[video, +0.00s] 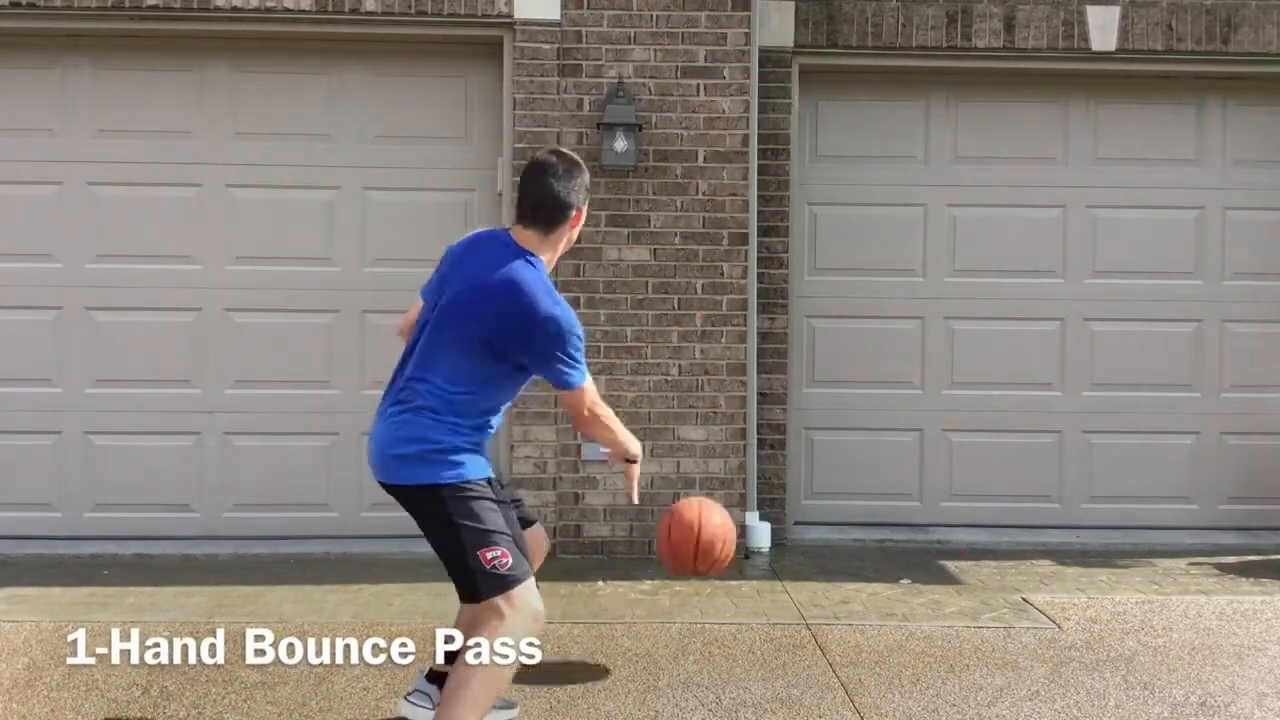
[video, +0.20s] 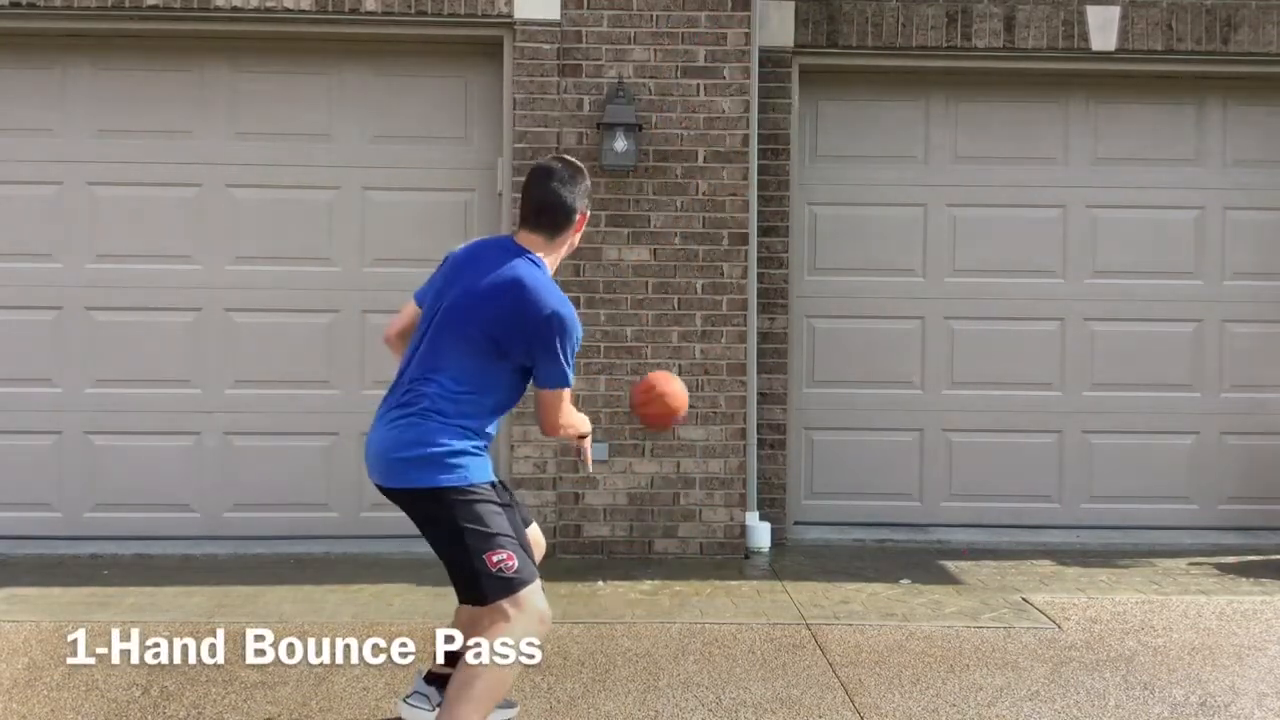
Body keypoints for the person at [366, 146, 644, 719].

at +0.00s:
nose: (584, 223)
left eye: (584, 213)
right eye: (586, 213)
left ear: (520, 201)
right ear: (577, 219)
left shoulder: (475, 246)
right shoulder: (546, 312)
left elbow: (411, 326)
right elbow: (586, 411)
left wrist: (458, 385)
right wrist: (630, 449)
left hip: (405, 441)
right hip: (436, 456)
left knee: (530, 543)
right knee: (516, 618)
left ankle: (445, 681)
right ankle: (455, 711)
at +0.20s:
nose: (587, 229)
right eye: (588, 219)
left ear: (522, 207)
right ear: (580, 224)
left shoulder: (471, 254)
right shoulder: (551, 309)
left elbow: (398, 332)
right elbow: (555, 420)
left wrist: (447, 385)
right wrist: (583, 425)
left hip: (398, 444)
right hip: (439, 457)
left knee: (529, 542)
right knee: (523, 618)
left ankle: (441, 683)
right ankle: (456, 710)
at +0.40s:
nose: (573, 204)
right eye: (574, 195)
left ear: (508, 190)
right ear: (567, 202)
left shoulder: (463, 245)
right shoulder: (542, 281)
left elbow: (399, 332)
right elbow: (569, 409)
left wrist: (450, 386)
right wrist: (622, 403)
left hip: (405, 441)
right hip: (444, 452)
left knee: (527, 545)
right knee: (528, 613)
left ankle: (441, 684)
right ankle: (457, 712)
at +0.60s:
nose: (558, 162)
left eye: (554, 151)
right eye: (556, 152)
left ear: (490, 159)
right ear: (545, 162)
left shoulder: (460, 219)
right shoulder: (535, 231)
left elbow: (410, 317)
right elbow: (649, 278)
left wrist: (481, 400)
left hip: (422, 428)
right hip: (452, 437)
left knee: (486, 580)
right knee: (516, 608)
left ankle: (434, 690)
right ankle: (455, 712)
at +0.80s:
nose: (553, 120)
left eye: (547, 110)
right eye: (551, 110)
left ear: (485, 122)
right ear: (539, 119)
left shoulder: (467, 182)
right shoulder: (534, 176)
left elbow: (421, 279)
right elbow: (669, 161)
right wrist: (738, 79)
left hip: (424, 398)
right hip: (453, 404)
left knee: (493, 574)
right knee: (491, 585)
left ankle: (441, 687)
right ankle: (448, 712)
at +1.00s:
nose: (578, 170)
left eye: (576, 159)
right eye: (578, 159)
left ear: (511, 160)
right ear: (567, 165)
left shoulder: (486, 212)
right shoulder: (515, 218)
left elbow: (421, 268)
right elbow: (617, 273)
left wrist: (414, 345)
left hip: (445, 416)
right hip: (437, 417)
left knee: (513, 541)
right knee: (498, 591)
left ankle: (443, 680)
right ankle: (449, 709)